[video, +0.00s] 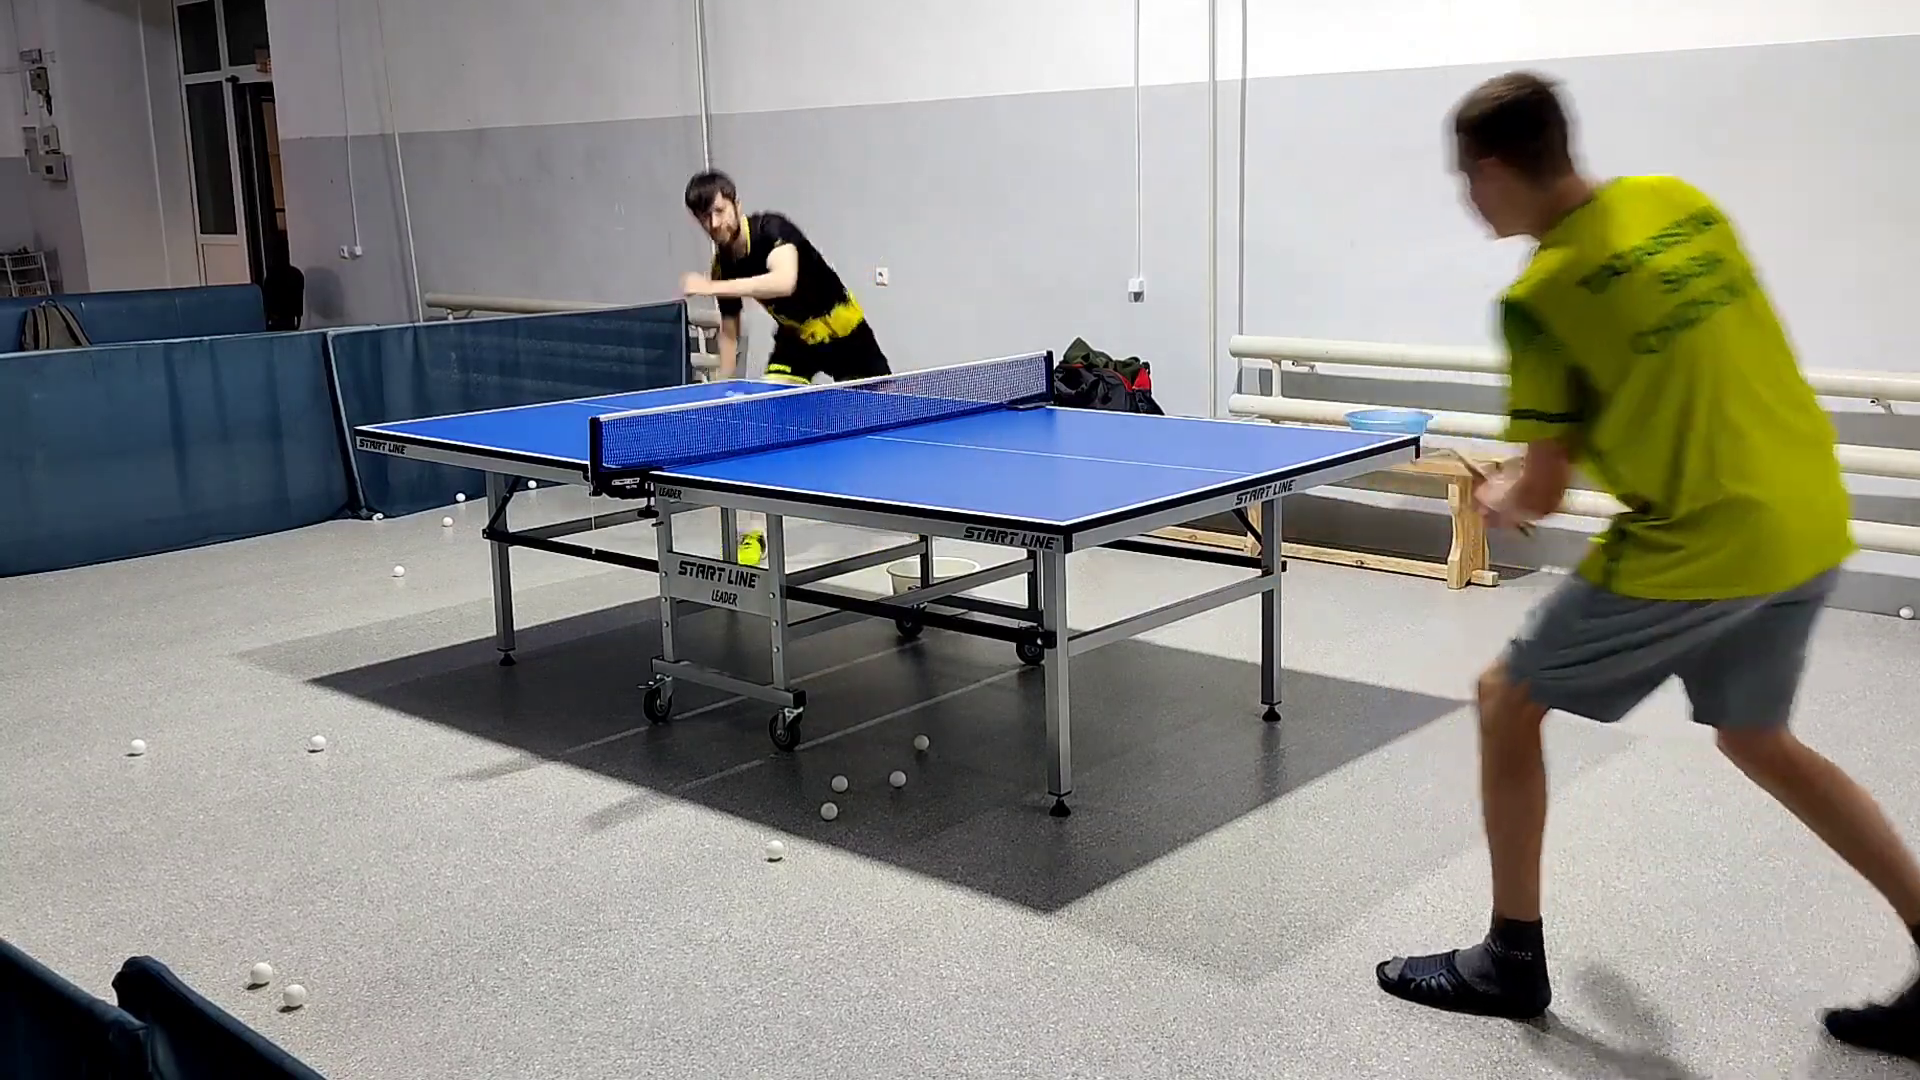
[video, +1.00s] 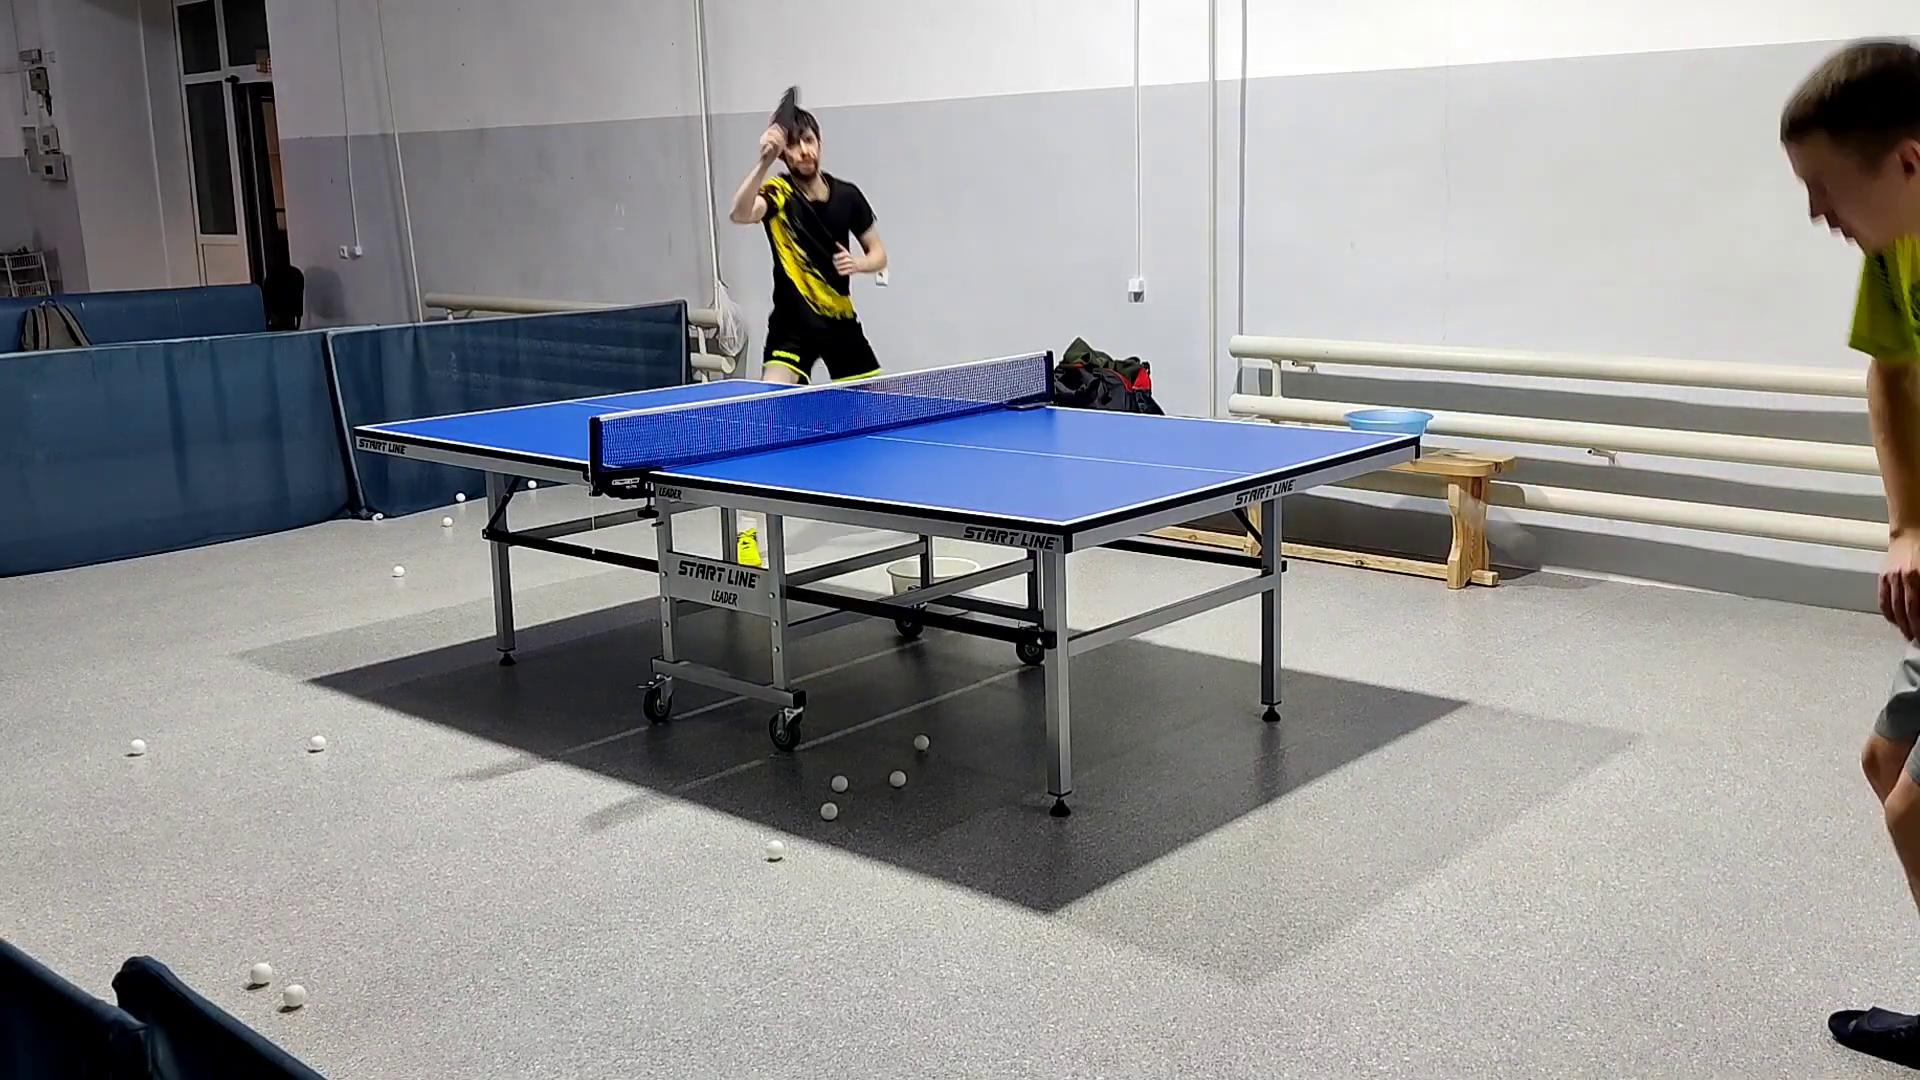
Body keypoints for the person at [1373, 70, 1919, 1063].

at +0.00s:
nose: (1470, 203)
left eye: (1471, 181)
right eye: (1466, 182)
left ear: (1506, 171)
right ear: (1559, 152)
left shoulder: (1541, 295)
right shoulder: (1680, 201)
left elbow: (1548, 478)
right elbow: (1701, 373)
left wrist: (1512, 502)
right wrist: (1567, 456)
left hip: (1689, 548)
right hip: (1812, 521)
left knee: (1506, 697)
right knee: (1754, 735)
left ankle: (1510, 956)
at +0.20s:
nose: (1615, 178)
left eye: (1620, 156)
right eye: (1613, 157)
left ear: (1663, 150)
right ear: (1713, 139)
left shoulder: (1709, 281)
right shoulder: (1825, 201)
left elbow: (1716, 487)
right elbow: (1886, 370)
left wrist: (1609, 548)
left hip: (1816, 569)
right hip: (1906, 553)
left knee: (1615, 716)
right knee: (1830, 771)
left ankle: (1539, 960)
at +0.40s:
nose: (1708, 141)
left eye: (1714, 116)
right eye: (1706, 118)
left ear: (1765, 110)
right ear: (1814, 101)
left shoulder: (1832, 248)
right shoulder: (1905, 174)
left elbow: (1833, 470)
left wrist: (1686, 546)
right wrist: (1703, 538)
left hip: (1894, 553)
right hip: (1915, 546)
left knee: (1736, 740)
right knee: (1871, 751)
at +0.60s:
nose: (1750, 136)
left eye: (1753, 111)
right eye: (1747, 113)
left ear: (1804, 104)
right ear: (1835, 97)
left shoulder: (1900, 244)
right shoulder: (1901, 198)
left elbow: (1904, 476)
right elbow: (1912, 447)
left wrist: (1738, 573)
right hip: (1915, 585)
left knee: (1885, 799)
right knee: (1881, 785)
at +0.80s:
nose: (1785, 146)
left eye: (1792, 122)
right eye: (1782, 124)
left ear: (1859, 109)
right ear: (1861, 112)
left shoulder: (1908, 226)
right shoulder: (1891, 224)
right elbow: (1919, 417)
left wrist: (1881, 529)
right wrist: (1902, 536)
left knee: (1906, 759)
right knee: (1903, 756)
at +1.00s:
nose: (1816, 209)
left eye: (1821, 184)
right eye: (1808, 187)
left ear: (1902, 162)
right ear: (1891, 167)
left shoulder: (1908, 259)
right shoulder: (1886, 256)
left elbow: (1888, 383)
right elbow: (1888, 381)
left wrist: (1905, 529)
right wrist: (1904, 524)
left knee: (1908, 807)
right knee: (1886, 760)